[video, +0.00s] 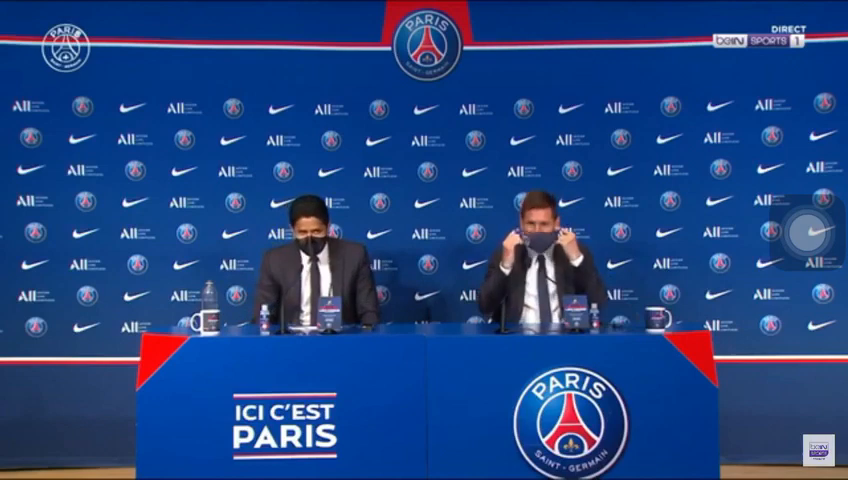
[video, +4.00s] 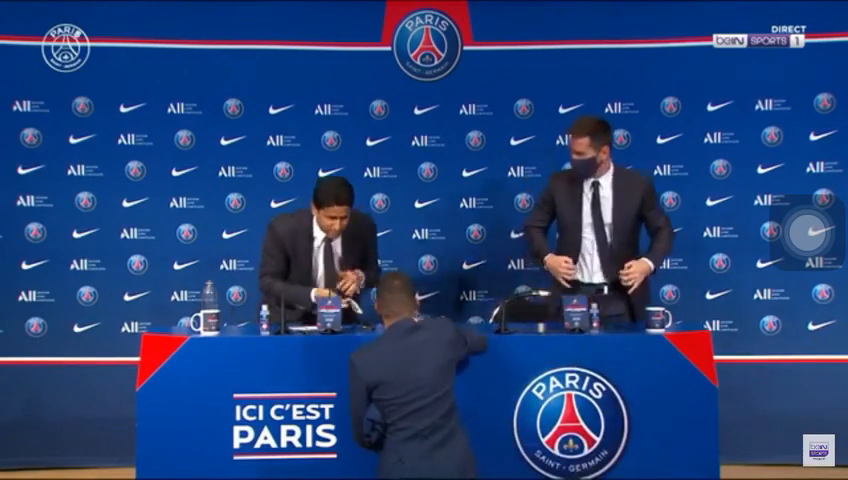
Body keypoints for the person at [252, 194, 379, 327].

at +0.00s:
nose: (310, 238)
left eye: (317, 231)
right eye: (302, 232)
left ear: (327, 227)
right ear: (293, 230)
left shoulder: (354, 254)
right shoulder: (275, 259)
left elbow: (368, 312)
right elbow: (263, 315)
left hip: (342, 346)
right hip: (291, 346)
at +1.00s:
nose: (319, 247)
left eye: (324, 239)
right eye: (312, 241)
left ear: (331, 234)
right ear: (295, 238)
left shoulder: (352, 259)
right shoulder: (272, 266)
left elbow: (377, 313)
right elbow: (251, 320)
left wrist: (362, 337)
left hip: (342, 349)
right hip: (291, 350)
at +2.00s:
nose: (314, 258)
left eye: (320, 251)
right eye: (307, 254)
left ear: (327, 241)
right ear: (290, 246)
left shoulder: (347, 259)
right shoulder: (268, 263)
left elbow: (374, 303)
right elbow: (238, 303)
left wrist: (366, 335)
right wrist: (252, 338)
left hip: (338, 347)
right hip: (286, 348)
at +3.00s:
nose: (316, 244)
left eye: (321, 235)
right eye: (307, 237)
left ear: (329, 230)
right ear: (295, 234)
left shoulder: (349, 251)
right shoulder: (272, 257)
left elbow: (367, 317)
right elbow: (257, 315)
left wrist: (350, 277)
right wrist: (287, 288)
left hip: (337, 343)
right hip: (289, 344)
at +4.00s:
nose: (337, 226)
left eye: (343, 218)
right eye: (331, 218)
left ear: (350, 212)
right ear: (315, 210)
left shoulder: (363, 226)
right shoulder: (283, 229)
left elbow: (373, 272)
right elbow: (268, 282)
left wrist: (361, 278)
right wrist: (312, 295)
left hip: (346, 326)